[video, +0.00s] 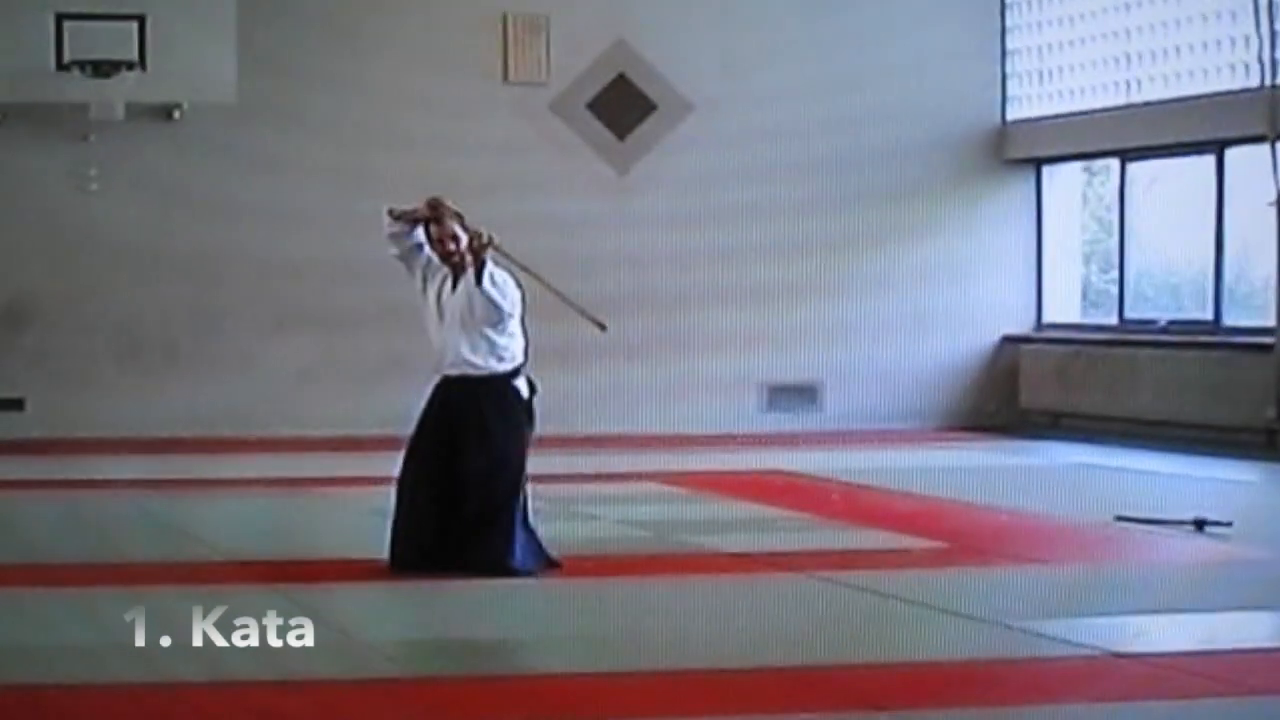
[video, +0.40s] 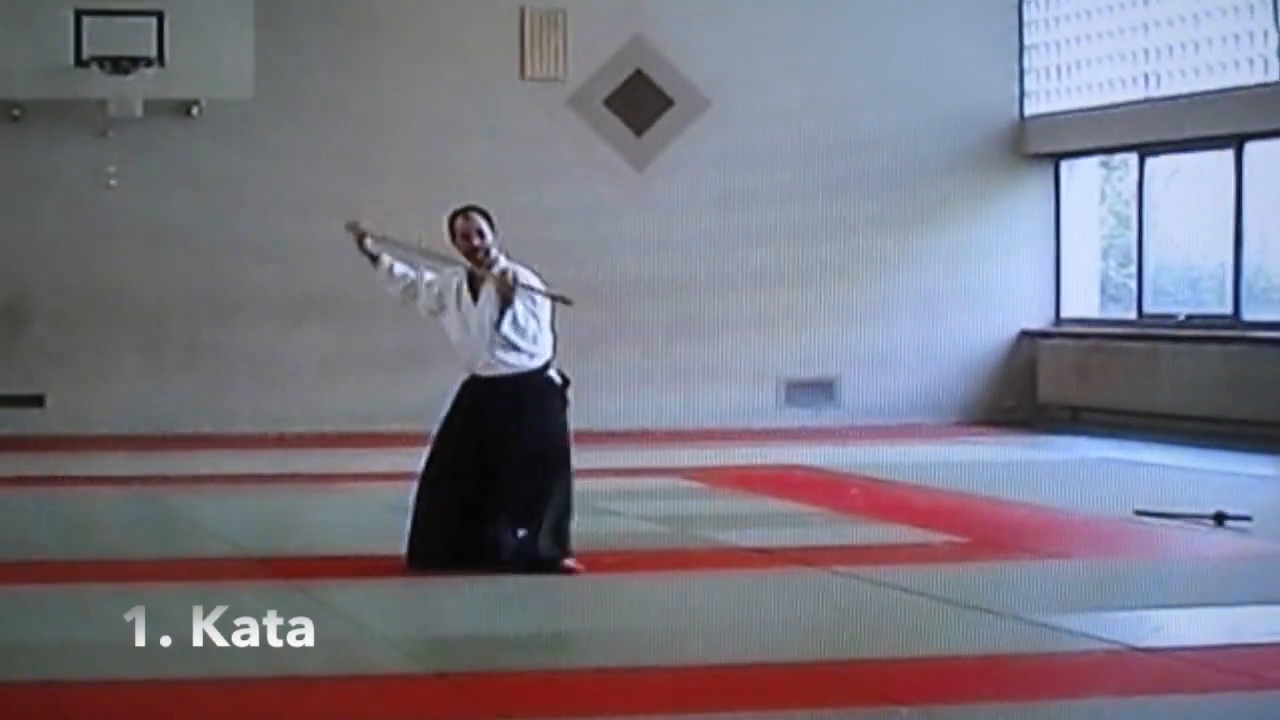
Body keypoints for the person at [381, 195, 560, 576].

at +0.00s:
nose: (447, 248)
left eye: (453, 238)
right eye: (439, 242)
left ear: (466, 237)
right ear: (431, 246)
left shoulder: (495, 278)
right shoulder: (434, 277)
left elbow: (501, 310)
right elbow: (404, 244)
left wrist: (480, 267)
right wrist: (413, 220)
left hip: (497, 387)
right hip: (452, 384)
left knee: (491, 475)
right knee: (424, 470)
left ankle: (494, 556)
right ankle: (424, 554)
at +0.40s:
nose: (474, 243)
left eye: (479, 233)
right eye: (464, 238)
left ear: (494, 234)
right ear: (456, 246)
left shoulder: (523, 279)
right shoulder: (453, 287)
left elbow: (537, 339)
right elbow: (411, 281)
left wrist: (510, 297)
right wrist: (375, 255)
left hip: (531, 388)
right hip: (482, 387)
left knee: (538, 470)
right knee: (451, 466)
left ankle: (545, 551)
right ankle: (442, 551)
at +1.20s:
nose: (610, 230)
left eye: (617, 222)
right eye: (602, 223)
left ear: (630, 226)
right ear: (590, 229)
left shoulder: (649, 275)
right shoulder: (572, 273)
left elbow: (655, 327)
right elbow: (569, 321)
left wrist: (635, 355)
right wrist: (597, 353)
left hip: (635, 377)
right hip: (588, 376)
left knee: (632, 467)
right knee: (586, 464)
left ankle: (640, 554)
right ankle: (588, 549)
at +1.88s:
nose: (585, 225)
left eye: (591, 217)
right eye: (576, 220)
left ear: (605, 221)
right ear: (566, 229)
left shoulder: (630, 271)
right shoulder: (558, 280)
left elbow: (659, 322)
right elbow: (552, 338)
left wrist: (656, 358)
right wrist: (589, 363)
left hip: (626, 380)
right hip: (576, 381)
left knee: (628, 467)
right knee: (554, 459)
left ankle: (639, 556)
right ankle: (562, 540)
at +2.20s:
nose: (534, 235)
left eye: (539, 226)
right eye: (525, 230)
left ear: (554, 227)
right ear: (517, 238)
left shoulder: (577, 276)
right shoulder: (513, 283)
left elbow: (591, 339)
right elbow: (485, 319)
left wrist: (556, 360)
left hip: (571, 387)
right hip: (525, 387)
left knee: (594, 464)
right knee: (484, 456)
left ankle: (627, 553)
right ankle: (492, 552)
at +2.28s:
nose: (524, 235)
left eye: (530, 227)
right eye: (516, 231)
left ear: (545, 229)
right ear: (508, 238)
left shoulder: (568, 276)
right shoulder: (504, 279)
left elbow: (579, 341)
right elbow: (481, 310)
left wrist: (524, 334)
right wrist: (443, 316)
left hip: (564, 386)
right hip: (520, 384)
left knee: (581, 470)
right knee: (478, 462)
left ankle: (618, 555)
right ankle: (485, 553)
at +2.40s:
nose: (511, 236)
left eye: (515, 227)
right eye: (502, 232)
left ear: (530, 226)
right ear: (495, 238)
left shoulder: (555, 273)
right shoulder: (496, 273)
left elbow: (531, 319)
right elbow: (450, 281)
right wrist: (413, 267)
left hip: (551, 383)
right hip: (507, 380)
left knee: (557, 471)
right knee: (472, 462)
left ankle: (592, 554)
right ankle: (469, 551)